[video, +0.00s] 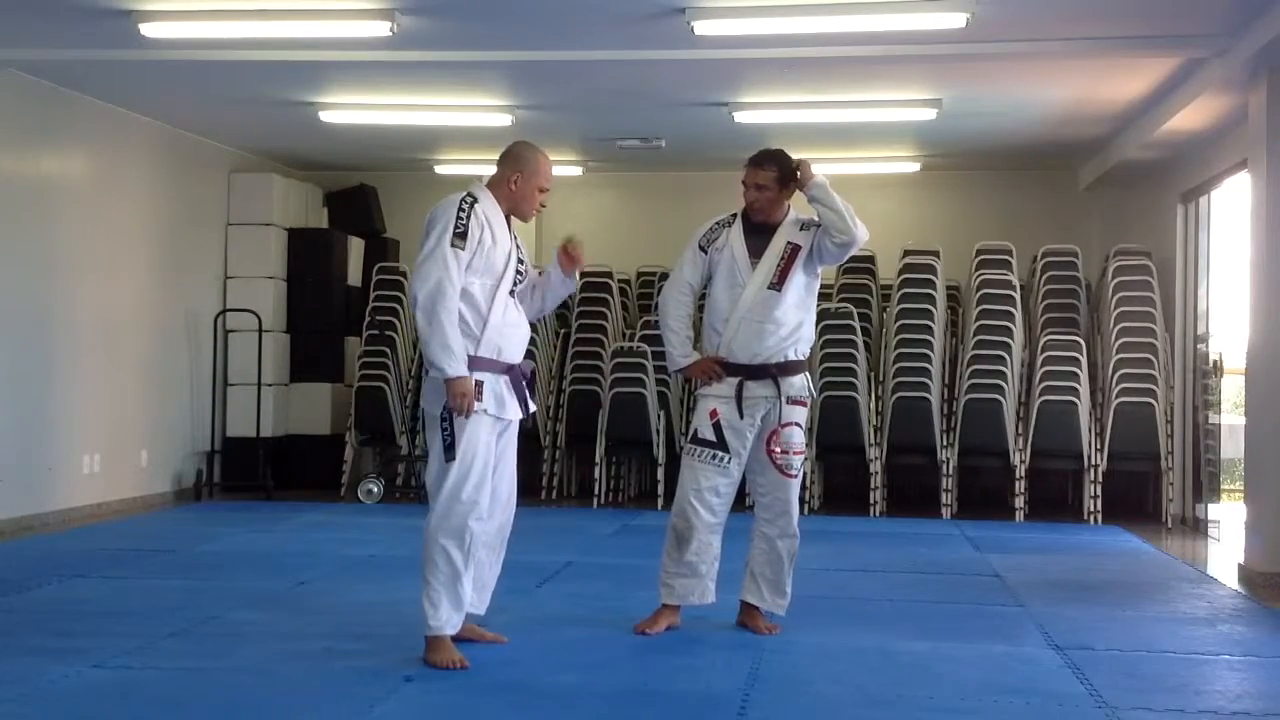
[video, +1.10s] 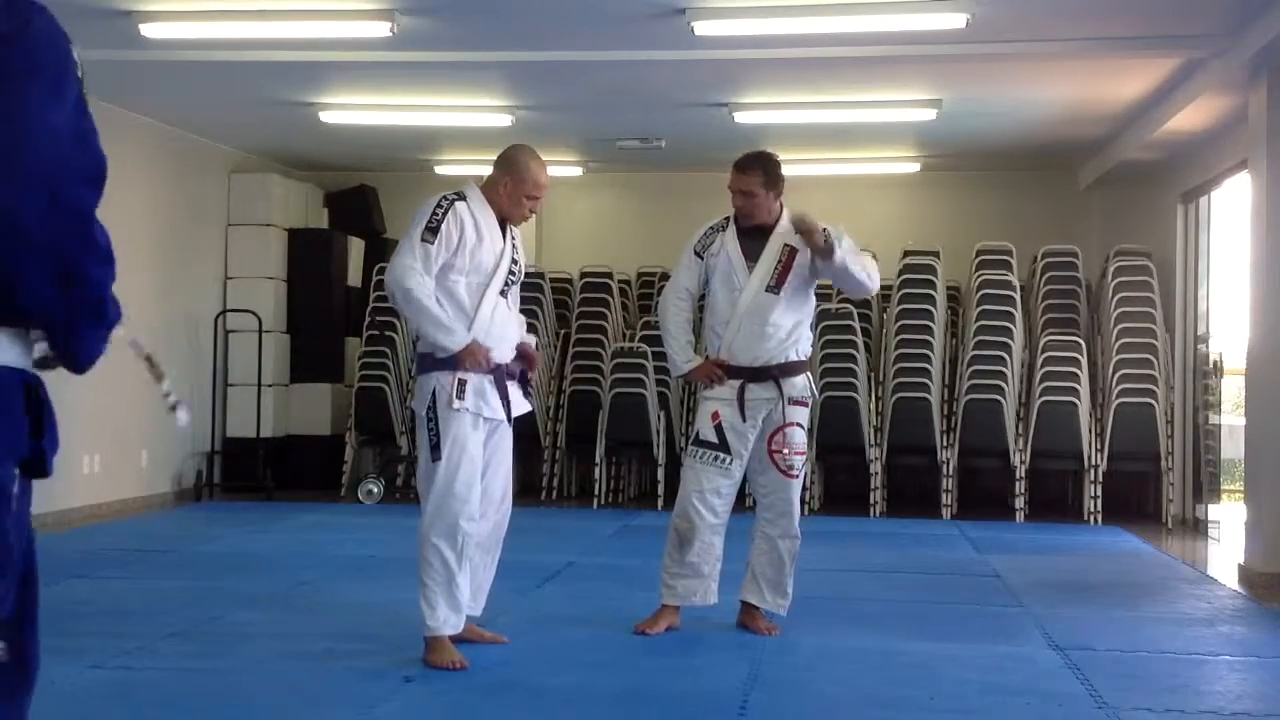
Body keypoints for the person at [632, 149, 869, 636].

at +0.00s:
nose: (750, 195)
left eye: (761, 188)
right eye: (746, 186)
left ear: (787, 193)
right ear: (741, 185)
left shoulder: (809, 236)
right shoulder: (715, 235)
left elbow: (851, 237)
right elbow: (675, 295)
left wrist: (813, 186)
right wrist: (686, 356)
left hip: (786, 386)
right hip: (722, 383)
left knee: (779, 505)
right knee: (695, 500)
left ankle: (755, 606)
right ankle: (672, 604)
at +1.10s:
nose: (736, 202)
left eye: (746, 195)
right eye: (733, 192)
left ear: (775, 195)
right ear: (731, 188)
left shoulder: (807, 240)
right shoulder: (712, 238)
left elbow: (866, 285)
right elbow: (674, 302)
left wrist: (825, 247)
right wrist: (687, 360)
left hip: (785, 389)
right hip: (721, 386)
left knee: (780, 506)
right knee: (696, 502)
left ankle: (756, 605)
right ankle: (672, 604)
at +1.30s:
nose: (731, 207)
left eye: (741, 198)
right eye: (726, 198)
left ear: (768, 194)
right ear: (720, 195)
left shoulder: (809, 239)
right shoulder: (707, 241)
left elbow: (855, 296)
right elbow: (674, 305)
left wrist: (843, 352)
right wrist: (687, 361)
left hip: (788, 390)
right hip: (722, 389)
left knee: (780, 507)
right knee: (696, 502)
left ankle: (756, 606)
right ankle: (672, 604)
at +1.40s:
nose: (732, 209)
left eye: (741, 200)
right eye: (726, 199)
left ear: (769, 195)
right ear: (721, 196)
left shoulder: (810, 239)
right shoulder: (706, 242)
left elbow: (842, 298)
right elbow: (676, 305)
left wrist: (825, 351)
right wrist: (688, 361)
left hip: (788, 390)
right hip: (723, 389)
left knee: (781, 505)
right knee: (696, 501)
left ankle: (756, 605)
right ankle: (671, 604)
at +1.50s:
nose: (738, 208)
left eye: (747, 199)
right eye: (730, 199)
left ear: (772, 193)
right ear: (723, 195)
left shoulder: (811, 237)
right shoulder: (705, 242)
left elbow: (843, 297)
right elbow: (675, 306)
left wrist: (828, 352)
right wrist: (689, 363)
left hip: (789, 390)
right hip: (725, 389)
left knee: (781, 503)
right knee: (697, 499)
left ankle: (757, 605)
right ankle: (671, 604)